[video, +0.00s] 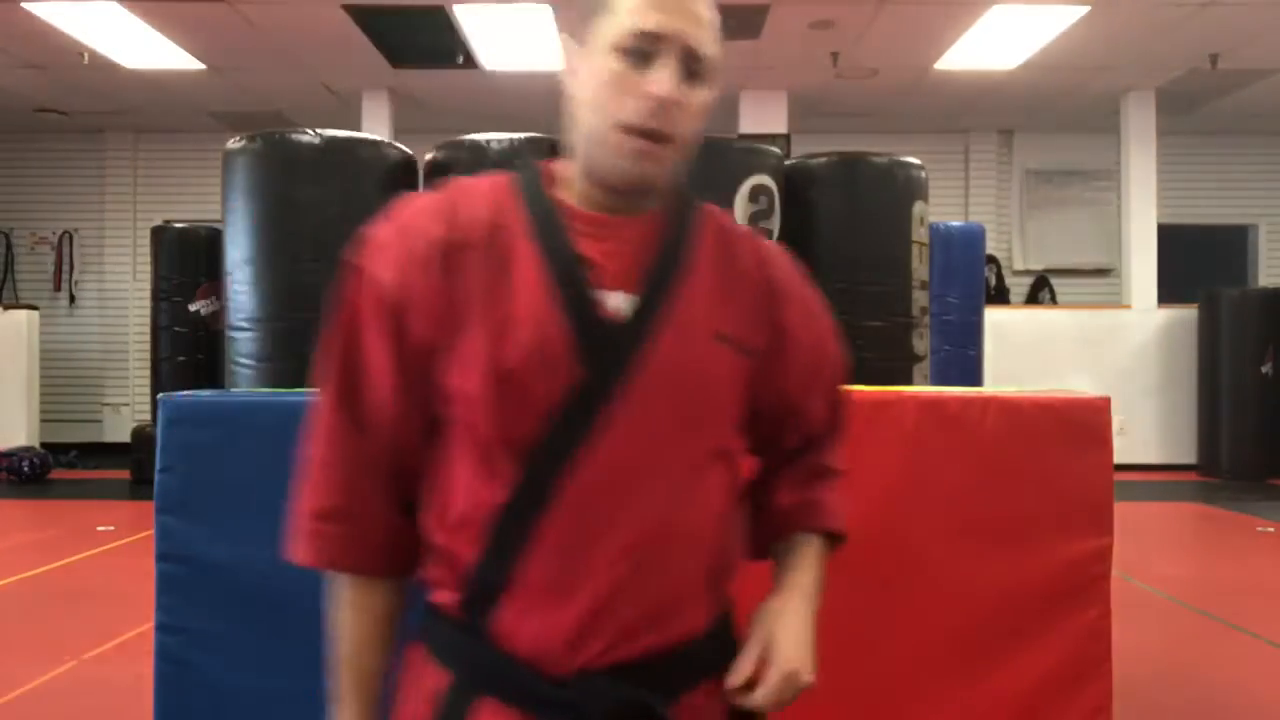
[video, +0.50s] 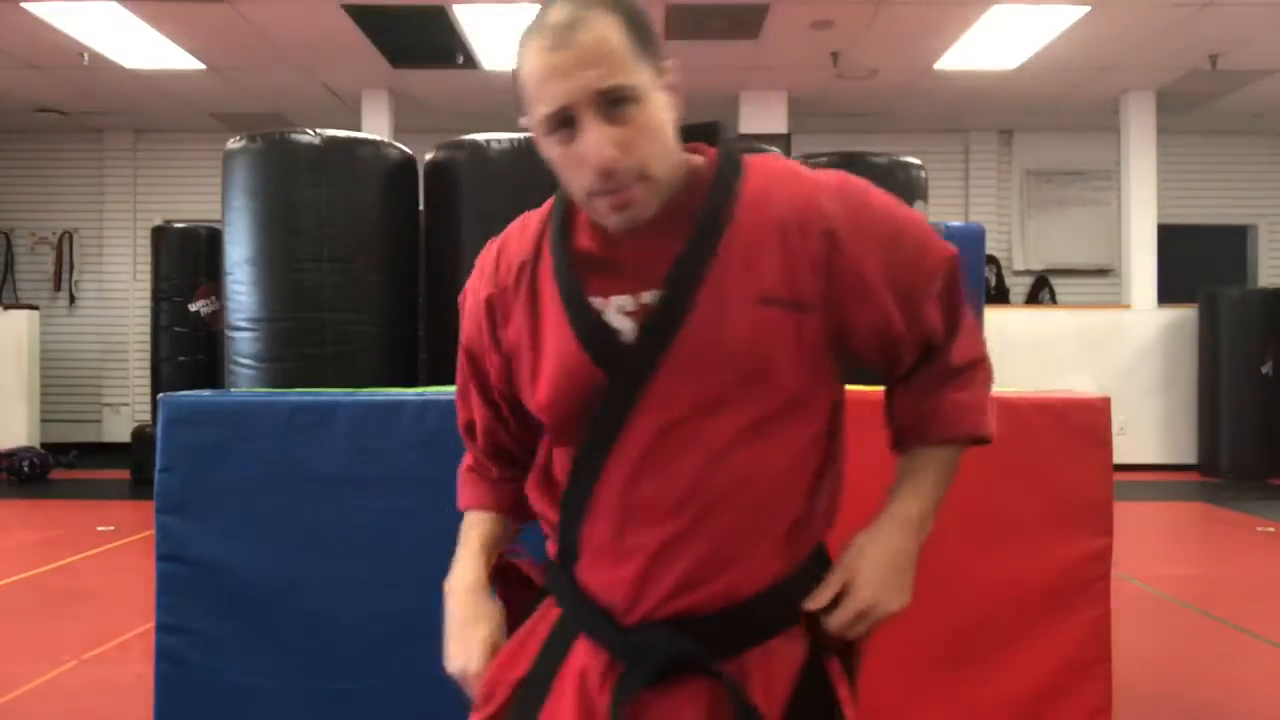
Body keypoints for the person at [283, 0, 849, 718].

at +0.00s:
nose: (665, 92)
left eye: (694, 71)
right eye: (639, 55)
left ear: (712, 103)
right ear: (572, 64)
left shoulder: (761, 282)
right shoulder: (425, 248)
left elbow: (806, 456)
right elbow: (362, 523)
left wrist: (797, 594)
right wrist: (354, 708)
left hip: (684, 695)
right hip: (473, 694)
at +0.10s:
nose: (710, 125)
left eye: (732, 91)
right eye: (677, 93)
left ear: (759, 105)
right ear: (617, 110)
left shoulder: (828, 288)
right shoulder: (495, 253)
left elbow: (870, 455)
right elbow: (426, 493)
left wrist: (841, 597)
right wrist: (415, 696)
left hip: (726, 697)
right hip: (525, 692)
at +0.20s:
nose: (722, 145)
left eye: (746, 99)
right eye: (685, 107)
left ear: (782, 98)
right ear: (634, 111)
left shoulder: (863, 270)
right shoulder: (522, 246)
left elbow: (915, 423)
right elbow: (458, 444)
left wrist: (882, 570)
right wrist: (437, 641)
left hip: (757, 685)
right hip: (557, 678)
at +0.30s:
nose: (702, 141)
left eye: (726, 94)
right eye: (664, 104)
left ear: (764, 90)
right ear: (615, 113)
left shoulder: (866, 243)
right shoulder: (526, 249)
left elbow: (947, 379)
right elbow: (468, 427)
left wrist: (907, 548)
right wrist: (461, 588)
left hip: (781, 678)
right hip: (585, 672)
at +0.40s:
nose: (655, 152)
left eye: (675, 104)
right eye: (617, 120)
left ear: (720, 95)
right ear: (580, 133)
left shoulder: (846, 228)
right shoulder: (514, 268)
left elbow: (953, 364)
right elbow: (483, 440)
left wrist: (915, 535)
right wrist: (474, 582)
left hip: (789, 673)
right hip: (595, 672)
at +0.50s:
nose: (599, 152)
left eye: (618, 105)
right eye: (563, 126)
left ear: (670, 88)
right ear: (537, 141)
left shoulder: (809, 218)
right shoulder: (510, 271)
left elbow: (947, 347)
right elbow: (493, 448)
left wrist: (903, 528)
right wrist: (467, 579)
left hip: (761, 673)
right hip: (575, 668)